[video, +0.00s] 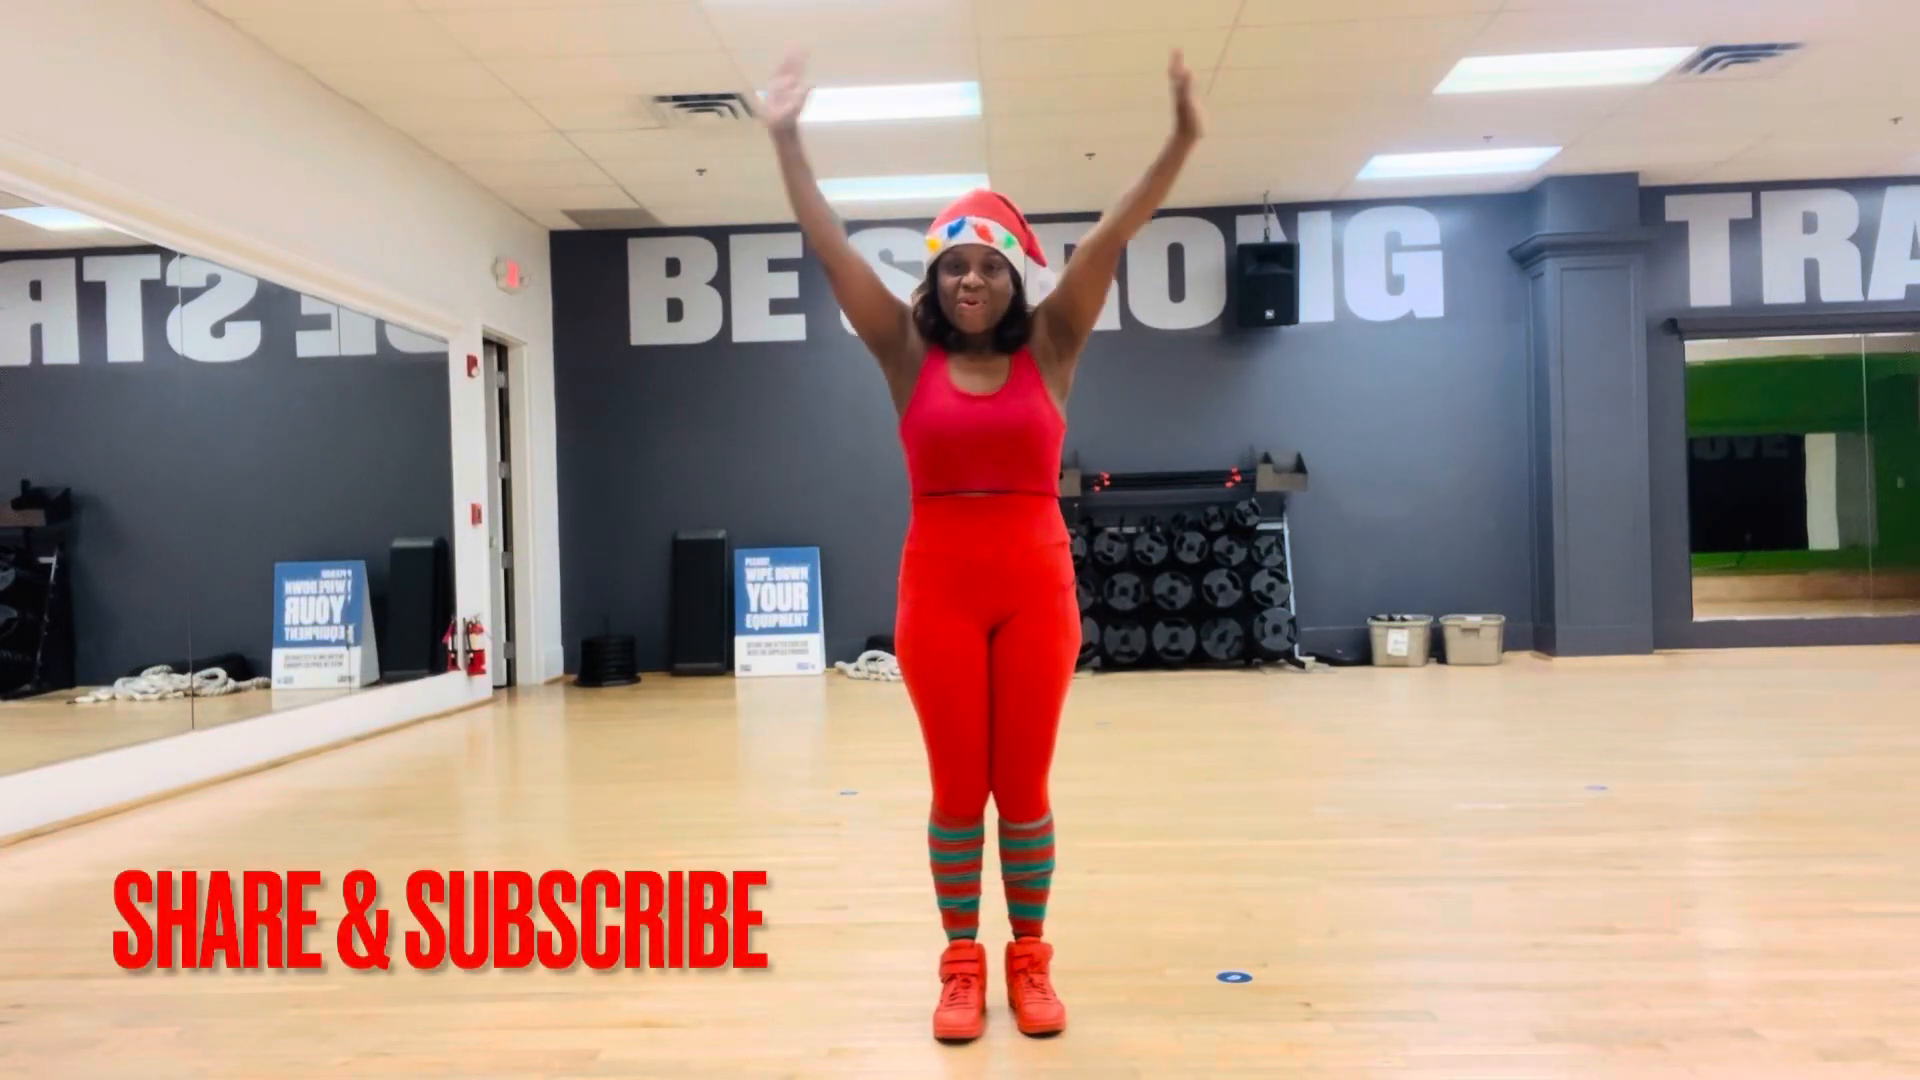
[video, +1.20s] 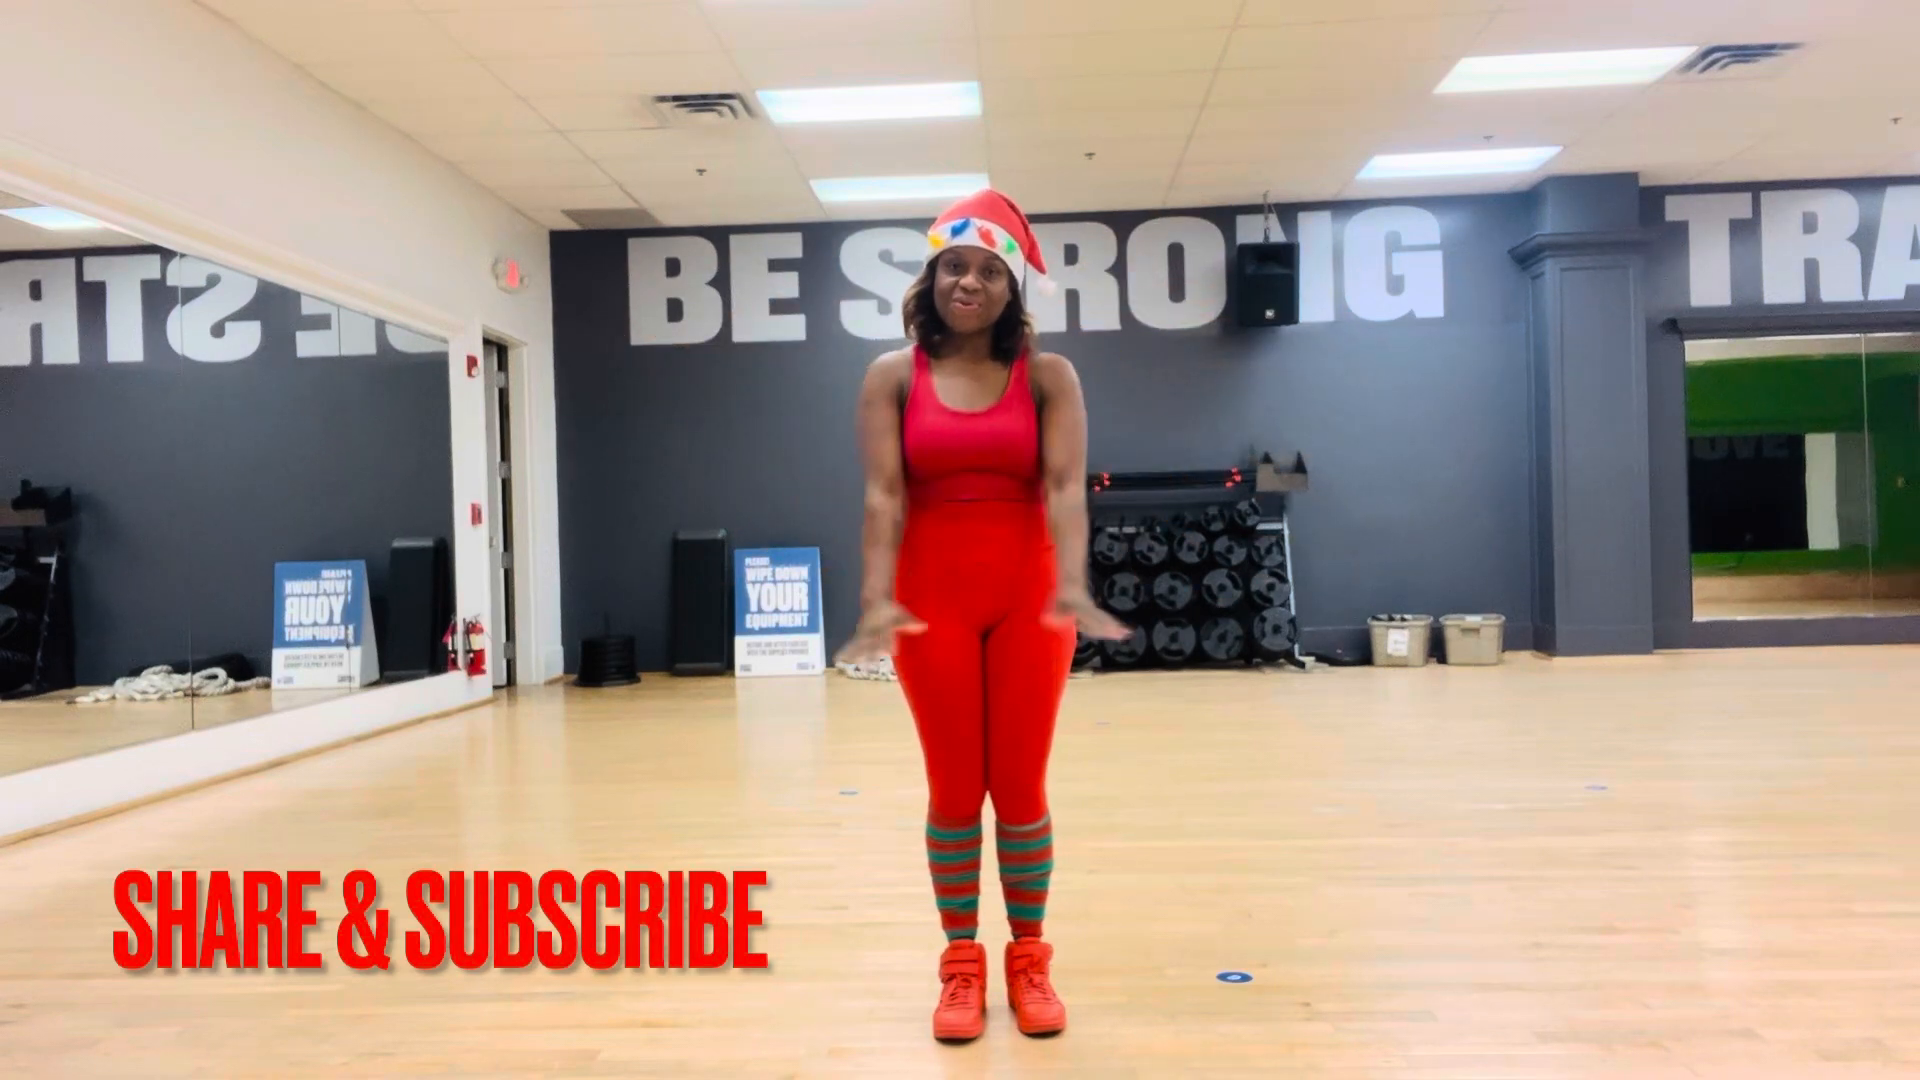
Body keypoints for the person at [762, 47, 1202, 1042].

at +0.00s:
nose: (972, 282)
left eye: (988, 270)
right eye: (956, 271)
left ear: (1017, 286)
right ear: (935, 286)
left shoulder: (1048, 350)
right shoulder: (911, 354)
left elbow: (1109, 243)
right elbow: (832, 249)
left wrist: (1182, 142)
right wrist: (783, 138)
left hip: (1036, 590)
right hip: (939, 593)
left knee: (1023, 784)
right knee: (958, 784)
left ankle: (1030, 959)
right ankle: (962, 964)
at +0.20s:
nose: (967, 283)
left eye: (986, 269)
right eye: (952, 268)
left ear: (1015, 277)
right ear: (930, 275)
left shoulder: (1052, 345)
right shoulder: (902, 346)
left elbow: (1150, 274)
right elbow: (797, 276)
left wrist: (1255, 212)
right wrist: (711, 212)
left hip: (1036, 584)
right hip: (935, 588)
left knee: (1022, 782)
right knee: (957, 783)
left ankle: (1030, 960)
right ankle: (962, 964)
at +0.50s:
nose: (966, 285)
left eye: (984, 270)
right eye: (952, 268)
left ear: (1014, 278)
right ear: (931, 276)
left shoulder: (1054, 351)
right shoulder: (898, 355)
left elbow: (1176, 345)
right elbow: (774, 353)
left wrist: (1291, 345)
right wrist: (658, 342)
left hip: (1031, 591)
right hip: (933, 593)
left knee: (1019, 786)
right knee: (955, 785)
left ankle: (1030, 961)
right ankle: (962, 966)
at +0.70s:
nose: (968, 280)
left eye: (985, 268)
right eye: (954, 267)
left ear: (1013, 282)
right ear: (933, 280)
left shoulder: (1051, 361)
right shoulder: (896, 364)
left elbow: (1170, 396)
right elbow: (779, 408)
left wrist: (1276, 430)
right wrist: (678, 442)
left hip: (1031, 589)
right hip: (932, 593)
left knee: (1019, 785)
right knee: (954, 787)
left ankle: (1030, 959)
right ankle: (962, 965)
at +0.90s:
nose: (970, 282)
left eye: (989, 270)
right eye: (956, 266)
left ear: (1013, 286)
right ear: (933, 276)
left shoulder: (1050, 370)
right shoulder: (894, 372)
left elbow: (1149, 450)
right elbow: (799, 469)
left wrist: (1234, 528)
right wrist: (722, 541)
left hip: (1030, 589)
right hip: (931, 591)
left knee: (1018, 784)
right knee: (954, 788)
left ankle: (1031, 960)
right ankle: (963, 966)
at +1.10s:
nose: (969, 282)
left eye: (988, 270)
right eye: (955, 265)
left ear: (1012, 285)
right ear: (932, 277)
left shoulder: (1049, 375)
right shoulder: (894, 377)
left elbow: (1093, 483)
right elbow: (856, 498)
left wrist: (1143, 592)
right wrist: (818, 598)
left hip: (1031, 592)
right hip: (931, 593)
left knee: (1019, 785)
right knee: (955, 786)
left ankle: (1029, 964)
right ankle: (961, 965)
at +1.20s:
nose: (967, 282)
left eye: (987, 270)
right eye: (954, 265)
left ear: (1011, 287)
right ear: (931, 277)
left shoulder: (1049, 375)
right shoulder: (892, 376)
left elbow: (1067, 485)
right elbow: (882, 494)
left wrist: (1073, 585)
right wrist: (878, 596)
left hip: (1029, 592)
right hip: (930, 596)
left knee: (1019, 785)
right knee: (955, 788)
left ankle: (1030, 963)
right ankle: (962, 966)